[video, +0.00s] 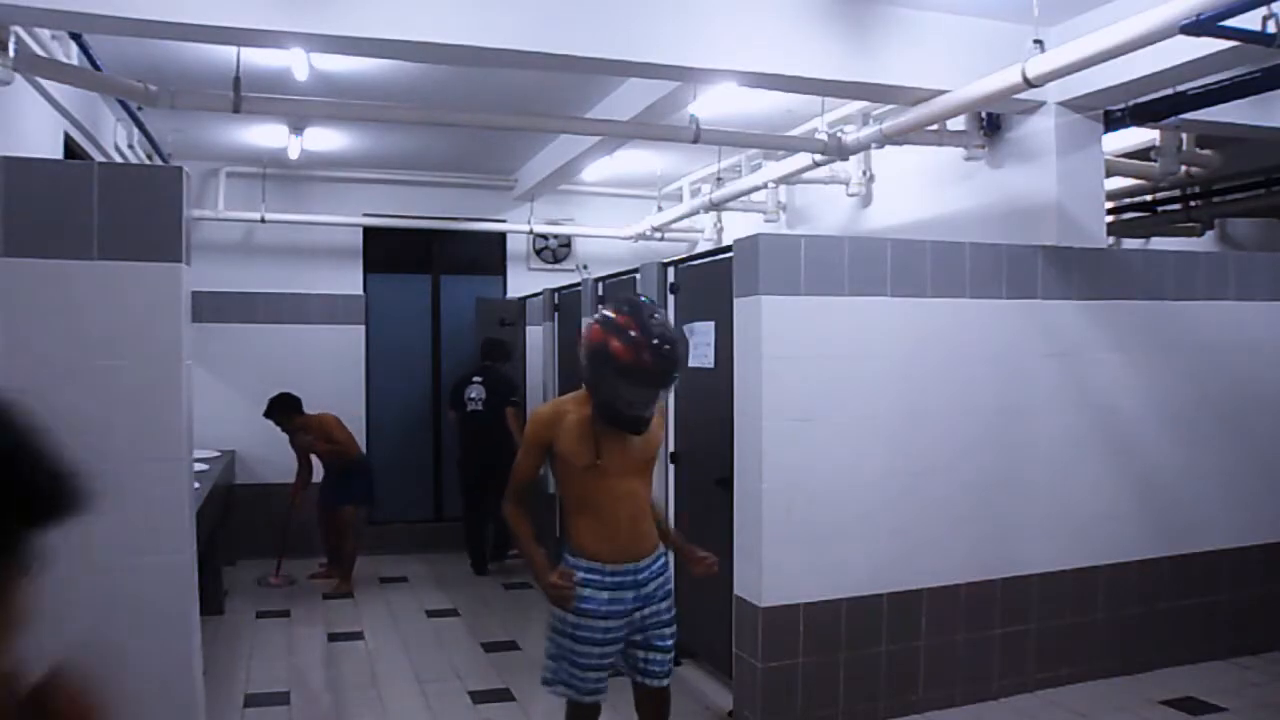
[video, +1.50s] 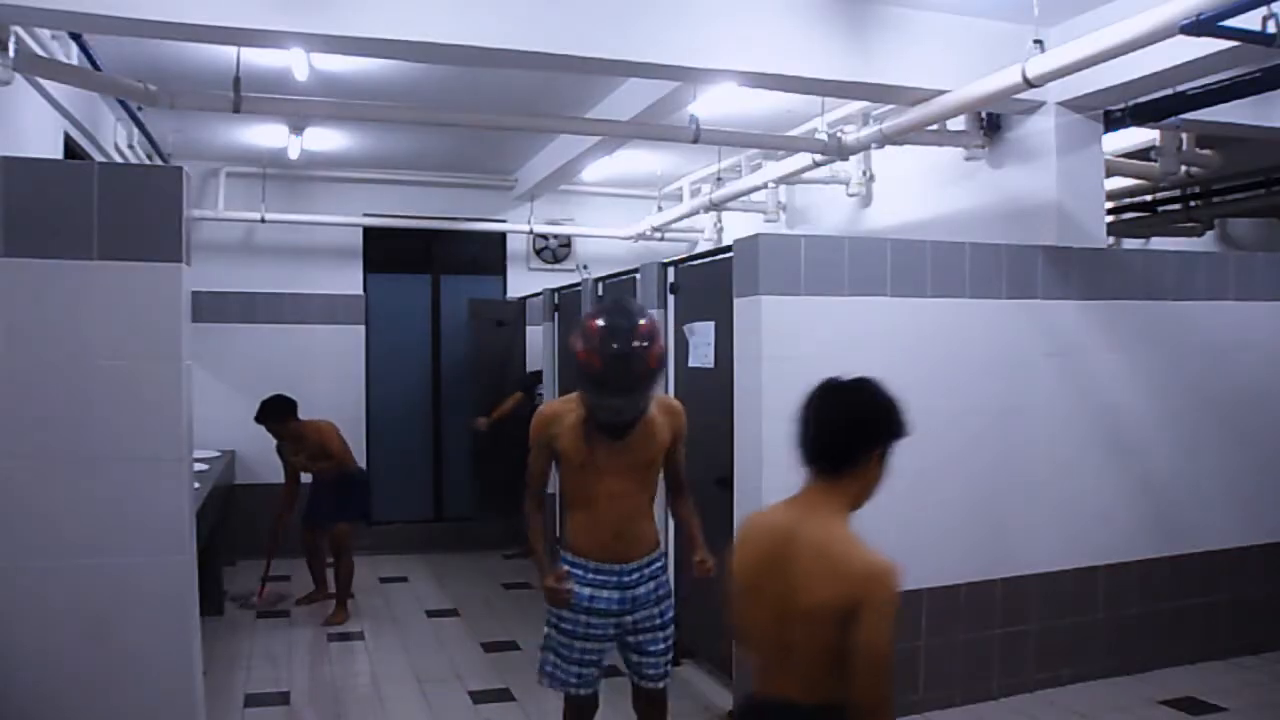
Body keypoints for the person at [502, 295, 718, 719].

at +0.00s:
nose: (643, 406)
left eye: (652, 393)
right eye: (631, 393)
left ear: (661, 381)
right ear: (599, 377)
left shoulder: (654, 417)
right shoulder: (553, 419)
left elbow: (641, 497)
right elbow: (514, 501)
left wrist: (682, 548)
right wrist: (542, 569)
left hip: (654, 579)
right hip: (591, 585)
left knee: (656, 699)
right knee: (585, 707)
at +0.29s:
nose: (643, 408)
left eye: (652, 397)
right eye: (632, 396)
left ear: (661, 383)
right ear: (603, 377)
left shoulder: (657, 416)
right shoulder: (554, 421)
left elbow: (640, 504)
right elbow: (512, 496)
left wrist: (678, 547)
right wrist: (540, 573)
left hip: (662, 579)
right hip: (600, 588)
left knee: (661, 700)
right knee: (594, 708)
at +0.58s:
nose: (600, 407)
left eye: (613, 395)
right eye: (589, 394)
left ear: (639, 377)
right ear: (570, 377)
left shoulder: (668, 419)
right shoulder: (550, 421)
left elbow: (670, 493)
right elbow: (551, 490)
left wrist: (681, 556)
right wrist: (542, 553)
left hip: (647, 575)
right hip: (577, 576)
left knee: (650, 704)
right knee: (581, 702)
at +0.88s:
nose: (619, 361)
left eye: (630, 346)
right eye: (607, 347)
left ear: (645, 354)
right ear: (584, 354)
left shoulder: (661, 416)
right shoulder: (566, 416)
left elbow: (674, 494)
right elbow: (547, 496)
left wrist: (689, 556)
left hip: (641, 573)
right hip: (574, 576)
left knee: (647, 690)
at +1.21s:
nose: (646, 414)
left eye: (653, 403)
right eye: (637, 403)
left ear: (660, 390)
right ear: (606, 383)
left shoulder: (648, 417)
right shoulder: (552, 422)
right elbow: (507, 488)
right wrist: (536, 561)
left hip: (649, 570)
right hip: (592, 576)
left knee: (661, 698)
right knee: (591, 706)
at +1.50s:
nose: (621, 411)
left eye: (632, 399)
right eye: (608, 400)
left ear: (650, 381)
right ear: (587, 380)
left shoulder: (669, 416)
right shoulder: (553, 420)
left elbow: (678, 489)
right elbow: (535, 500)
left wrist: (698, 545)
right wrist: (545, 567)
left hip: (649, 576)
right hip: (582, 578)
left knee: (653, 698)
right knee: (581, 702)